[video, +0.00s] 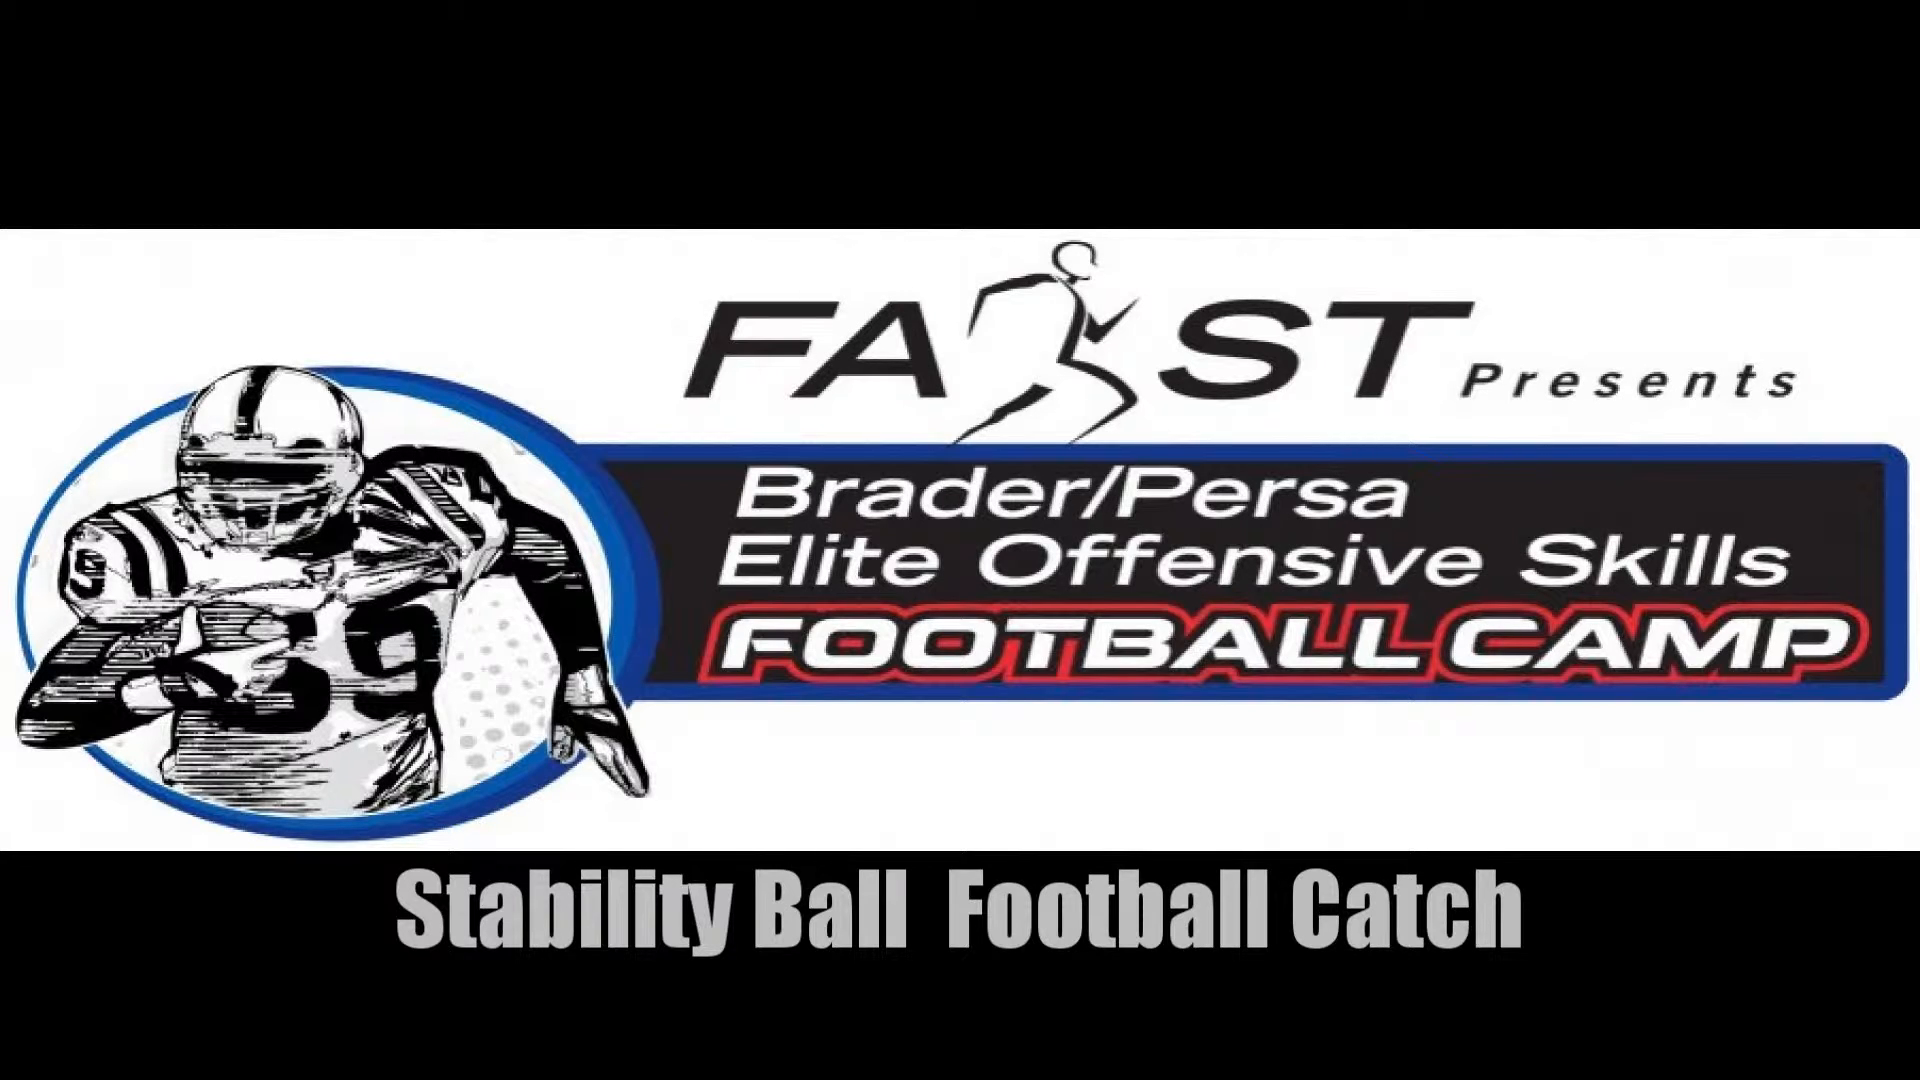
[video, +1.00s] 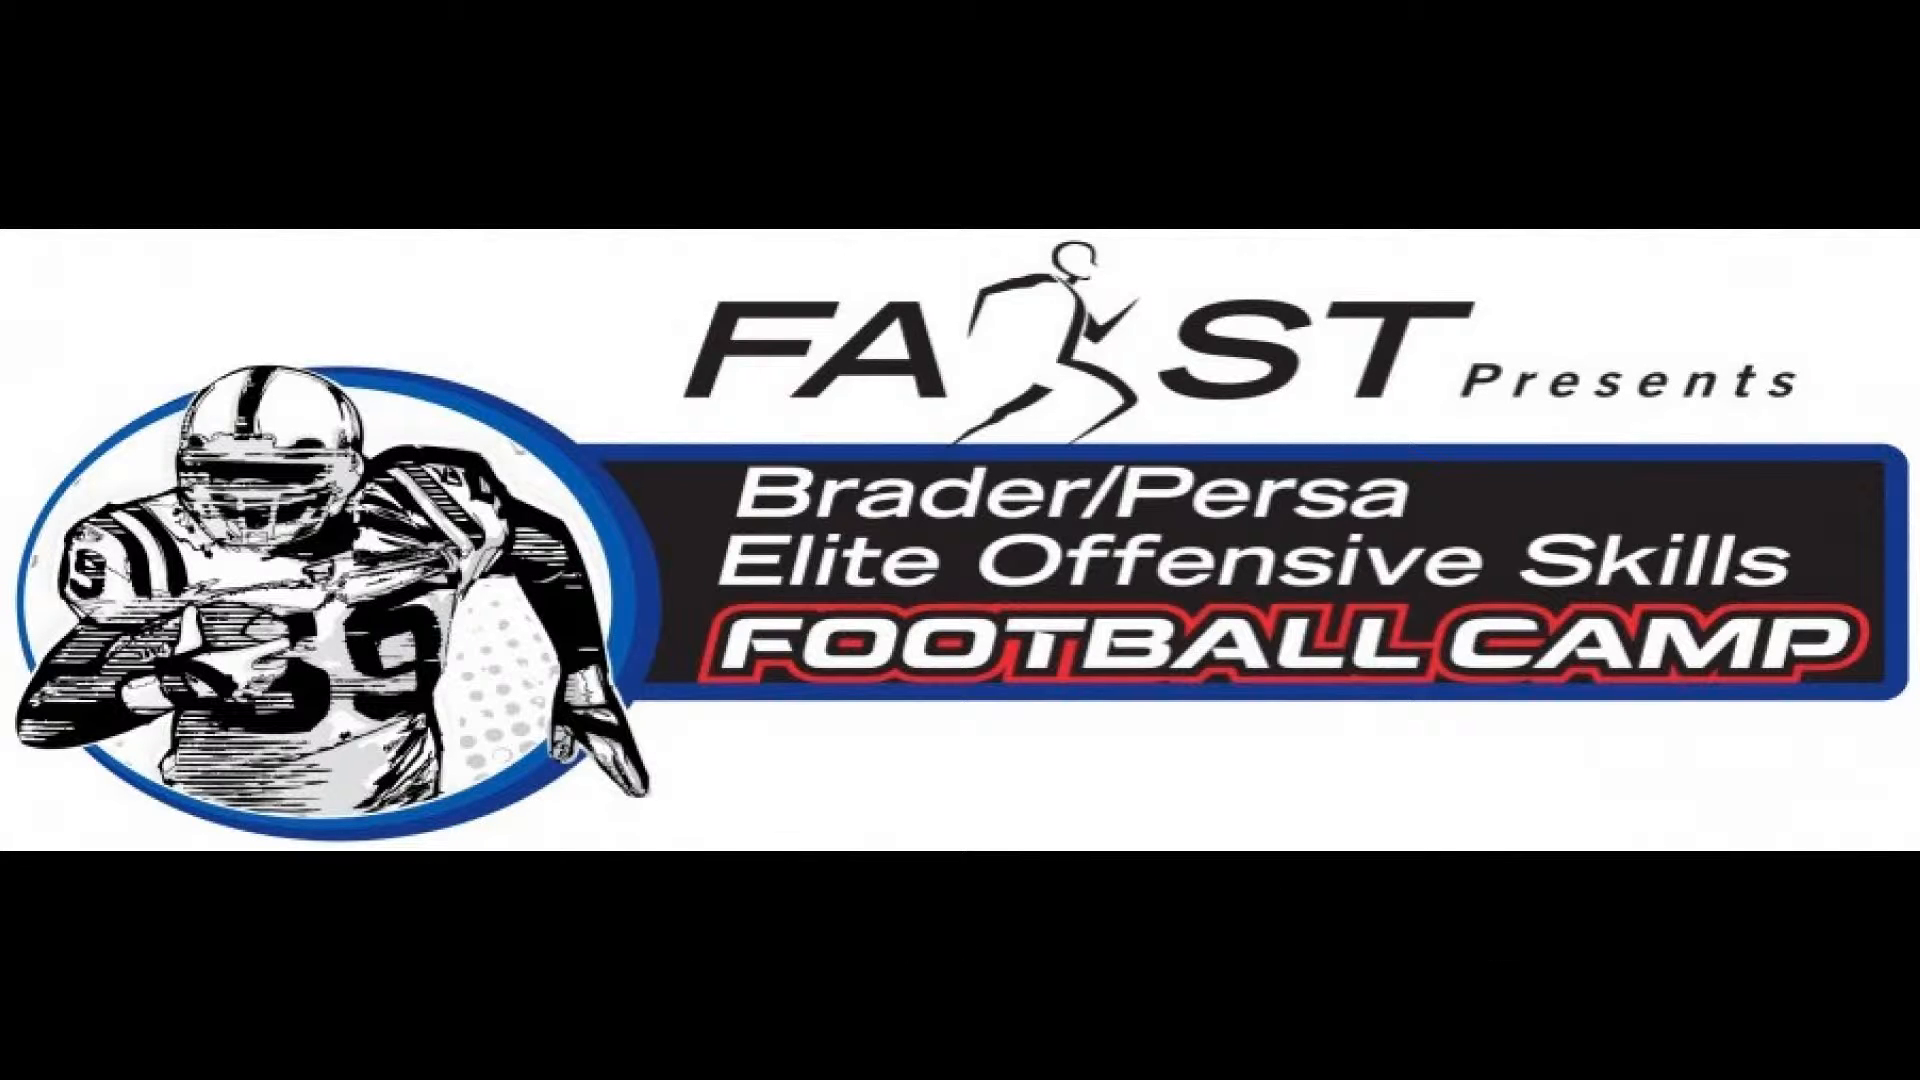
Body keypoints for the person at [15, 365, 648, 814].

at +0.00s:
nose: (248, 518)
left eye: (277, 496)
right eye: (227, 494)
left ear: (336, 482)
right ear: (194, 480)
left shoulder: (427, 510)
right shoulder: (140, 549)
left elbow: (544, 546)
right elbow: (43, 716)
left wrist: (585, 670)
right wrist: (178, 683)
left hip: (388, 811)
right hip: (219, 815)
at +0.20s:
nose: (252, 515)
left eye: (280, 494)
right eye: (229, 492)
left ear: (336, 480)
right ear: (194, 479)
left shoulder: (425, 508)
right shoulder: (142, 549)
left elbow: (546, 548)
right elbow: (43, 716)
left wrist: (585, 671)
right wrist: (175, 683)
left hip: (386, 814)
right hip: (218, 816)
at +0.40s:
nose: (252, 515)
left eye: (280, 494)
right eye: (229, 492)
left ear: (336, 480)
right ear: (194, 479)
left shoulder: (425, 508)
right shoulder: (142, 549)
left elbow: (546, 548)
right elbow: (43, 716)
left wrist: (585, 671)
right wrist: (175, 683)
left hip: (386, 814)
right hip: (218, 816)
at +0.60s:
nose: (248, 518)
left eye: (277, 496)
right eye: (227, 494)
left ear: (336, 482)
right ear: (194, 480)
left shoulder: (427, 510)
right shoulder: (140, 549)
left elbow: (544, 546)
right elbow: (43, 716)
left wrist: (585, 670)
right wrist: (178, 683)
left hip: (388, 812)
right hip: (219, 815)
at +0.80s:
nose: (248, 518)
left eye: (277, 496)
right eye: (227, 494)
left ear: (336, 482)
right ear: (194, 480)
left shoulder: (427, 510)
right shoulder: (140, 549)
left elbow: (544, 546)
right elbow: (43, 715)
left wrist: (585, 670)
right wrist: (178, 683)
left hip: (388, 812)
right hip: (219, 815)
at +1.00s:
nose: (252, 515)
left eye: (280, 493)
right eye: (229, 492)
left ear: (336, 480)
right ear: (194, 479)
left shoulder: (426, 508)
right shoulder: (142, 549)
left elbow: (546, 548)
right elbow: (43, 716)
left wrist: (585, 671)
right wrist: (175, 683)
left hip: (387, 812)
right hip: (218, 815)